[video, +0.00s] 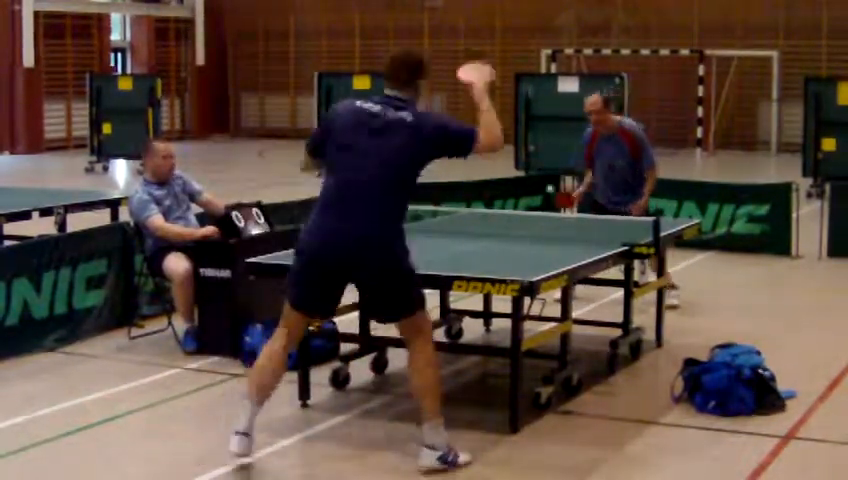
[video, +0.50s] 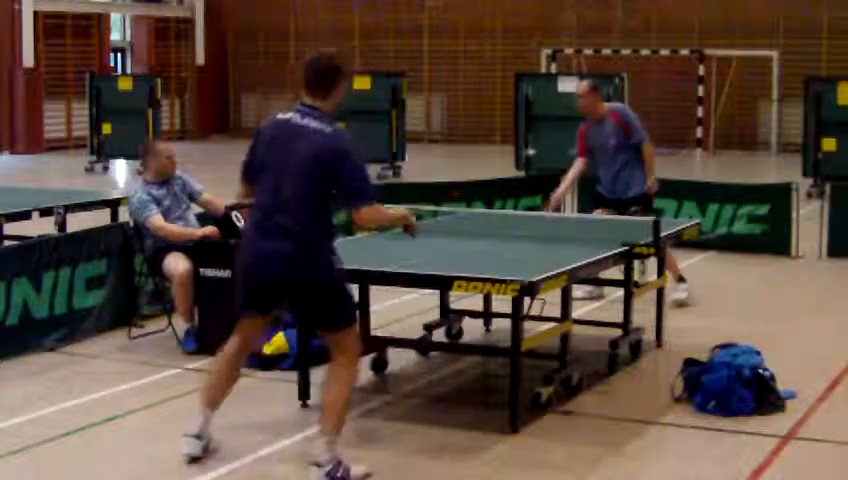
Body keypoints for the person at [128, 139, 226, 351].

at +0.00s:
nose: (172, 163)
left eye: (173, 158)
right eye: (166, 158)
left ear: (174, 159)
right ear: (148, 162)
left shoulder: (178, 181)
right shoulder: (141, 196)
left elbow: (207, 202)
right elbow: (160, 228)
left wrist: (232, 213)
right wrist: (198, 233)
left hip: (194, 237)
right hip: (164, 246)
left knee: (229, 253)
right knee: (183, 270)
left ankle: (230, 318)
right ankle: (190, 326)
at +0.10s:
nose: (174, 163)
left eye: (174, 158)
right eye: (167, 159)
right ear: (150, 161)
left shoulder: (178, 180)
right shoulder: (141, 196)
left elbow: (206, 202)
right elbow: (160, 228)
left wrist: (231, 213)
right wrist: (198, 233)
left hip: (193, 236)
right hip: (163, 245)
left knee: (227, 253)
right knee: (183, 270)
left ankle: (227, 317)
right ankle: (190, 326)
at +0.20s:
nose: (173, 163)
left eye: (174, 158)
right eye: (167, 159)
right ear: (150, 161)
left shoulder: (178, 180)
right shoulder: (141, 196)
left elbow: (206, 202)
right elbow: (160, 228)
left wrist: (231, 213)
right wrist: (198, 233)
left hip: (193, 237)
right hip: (164, 245)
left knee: (227, 253)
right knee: (183, 270)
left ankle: (227, 317)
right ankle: (190, 326)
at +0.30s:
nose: (174, 162)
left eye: (174, 157)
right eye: (168, 158)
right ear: (151, 162)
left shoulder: (178, 180)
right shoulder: (140, 195)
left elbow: (207, 201)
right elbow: (160, 228)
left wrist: (236, 212)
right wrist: (199, 233)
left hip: (195, 237)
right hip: (165, 245)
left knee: (229, 254)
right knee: (182, 269)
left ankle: (232, 319)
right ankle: (189, 326)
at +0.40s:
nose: (174, 162)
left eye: (174, 157)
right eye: (168, 158)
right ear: (152, 162)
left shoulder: (178, 180)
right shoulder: (140, 195)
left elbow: (207, 201)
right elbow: (160, 228)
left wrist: (235, 211)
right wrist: (198, 233)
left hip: (195, 237)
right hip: (164, 244)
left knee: (231, 253)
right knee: (182, 269)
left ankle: (232, 317)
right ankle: (189, 326)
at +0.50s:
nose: (174, 162)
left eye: (174, 158)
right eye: (168, 158)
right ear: (151, 161)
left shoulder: (177, 180)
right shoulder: (140, 194)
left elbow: (207, 202)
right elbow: (160, 228)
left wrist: (235, 213)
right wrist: (199, 232)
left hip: (194, 236)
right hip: (164, 245)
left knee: (229, 252)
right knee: (182, 269)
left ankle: (226, 317)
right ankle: (188, 326)